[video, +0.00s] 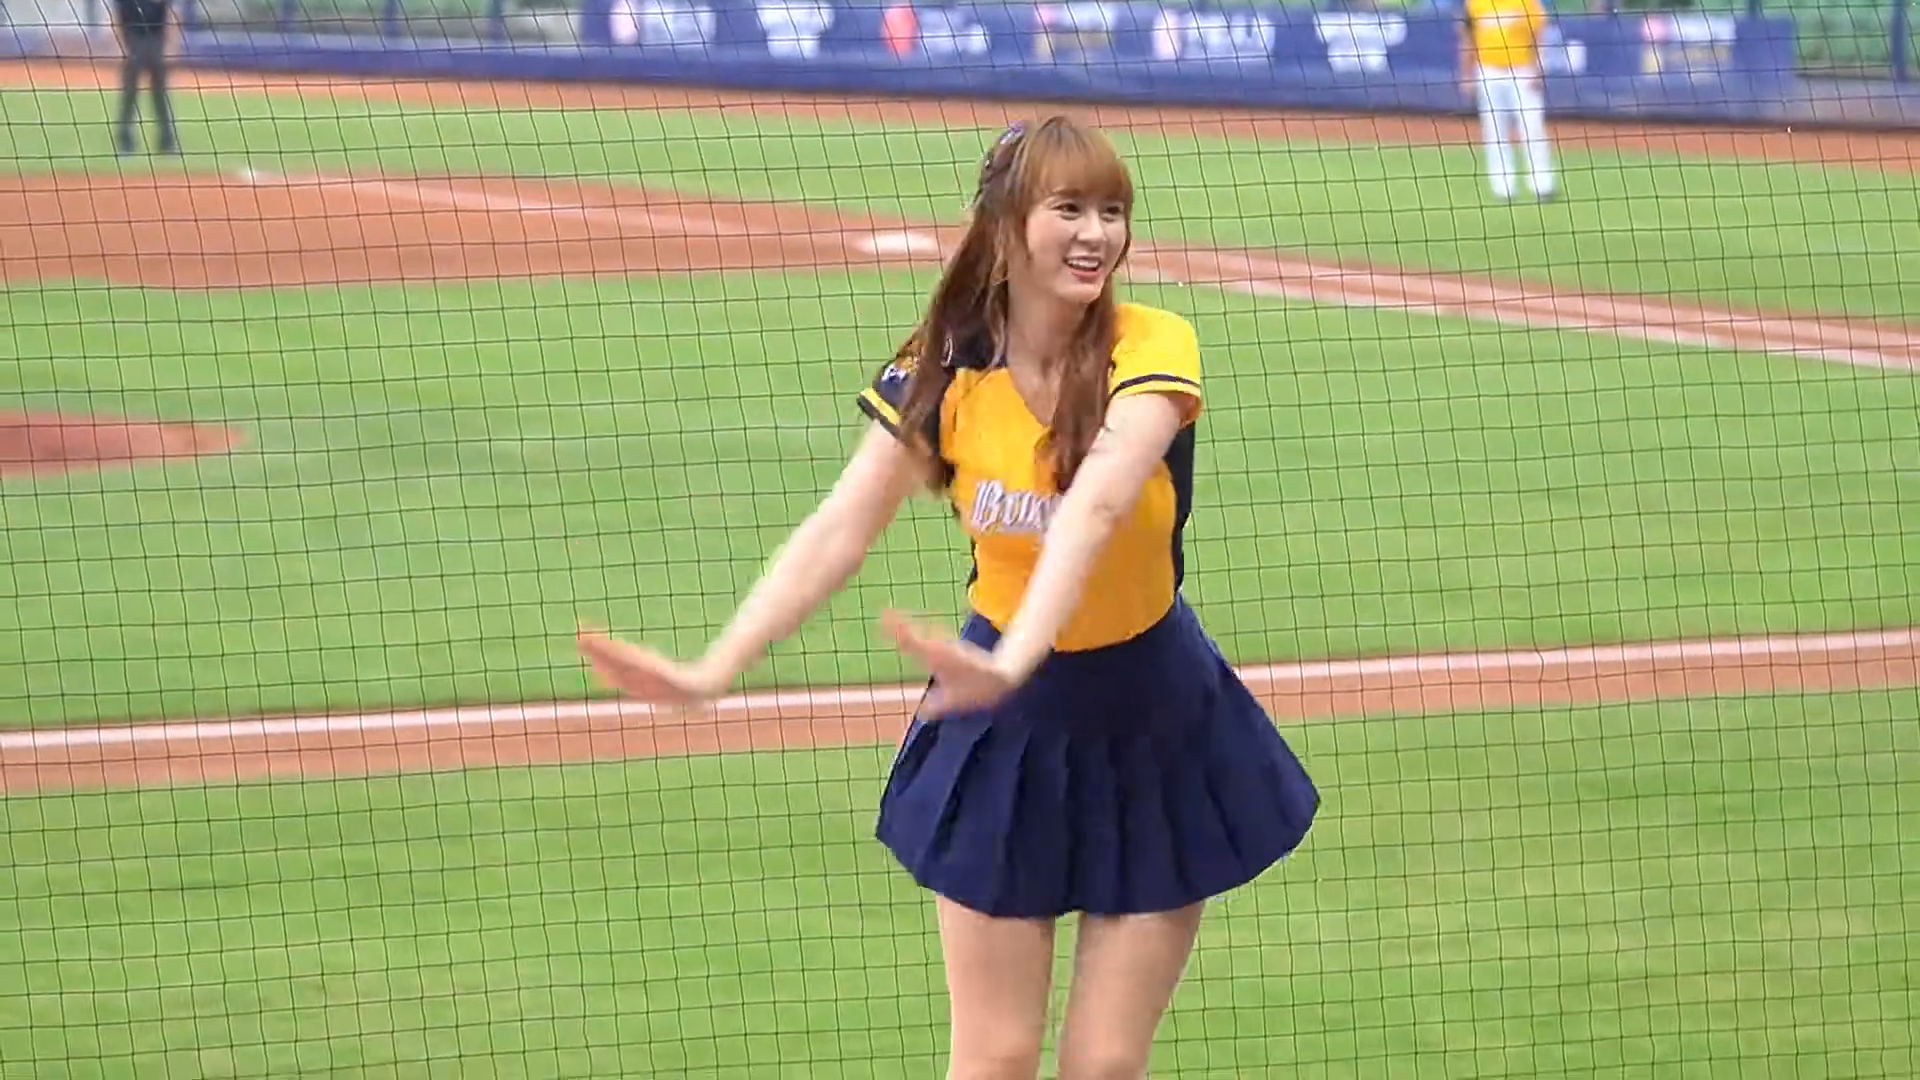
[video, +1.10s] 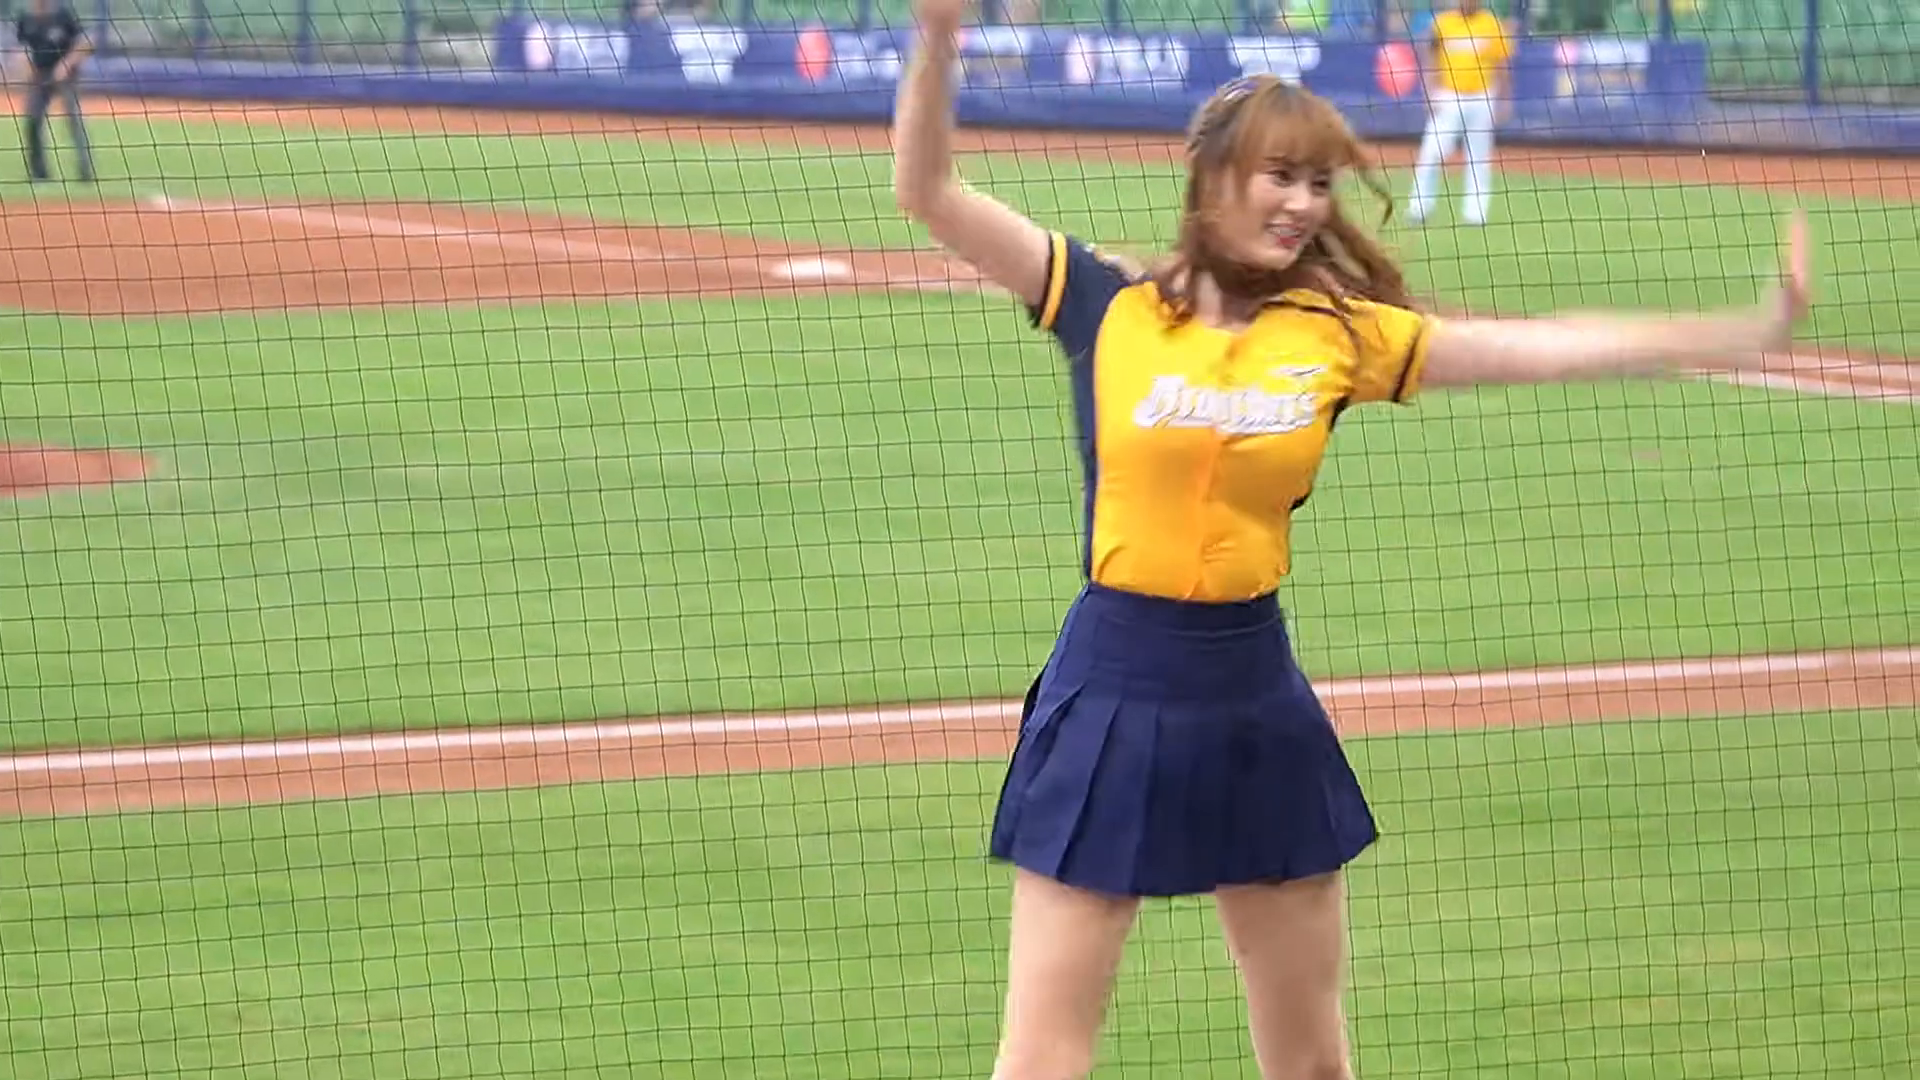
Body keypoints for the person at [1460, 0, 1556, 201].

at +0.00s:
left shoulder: (1527, 4)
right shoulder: (1472, 6)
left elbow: (1540, 31)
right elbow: (1466, 39)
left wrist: (1538, 67)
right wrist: (1467, 74)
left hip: (1523, 69)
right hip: (1488, 71)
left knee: (1533, 126)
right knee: (1494, 130)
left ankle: (1542, 182)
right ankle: (1503, 183)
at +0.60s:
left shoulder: (1520, 5)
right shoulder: (1467, 5)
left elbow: (1528, 39)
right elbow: (1452, 30)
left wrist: (1526, 71)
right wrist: (1455, 71)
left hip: (1510, 71)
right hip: (1476, 71)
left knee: (1518, 130)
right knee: (1474, 131)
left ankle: (1528, 185)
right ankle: (1473, 186)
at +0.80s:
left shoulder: (1499, 5)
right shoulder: (1448, 6)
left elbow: (1510, 38)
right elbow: (1442, 36)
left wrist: (1507, 74)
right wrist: (1439, 70)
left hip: (1491, 75)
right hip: (1457, 73)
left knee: (1493, 135)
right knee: (1447, 135)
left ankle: (1497, 190)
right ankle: (1441, 189)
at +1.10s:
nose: (1467, 4)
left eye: (1471, 1)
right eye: (1463, 1)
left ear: (1478, 2)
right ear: (1457, 2)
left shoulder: (1491, 24)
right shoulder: (1442, 23)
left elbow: (1503, 67)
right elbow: (1429, 59)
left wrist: (1504, 101)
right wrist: (1431, 93)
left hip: (1481, 99)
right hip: (1447, 98)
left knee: (1479, 155)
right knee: (1431, 151)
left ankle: (1476, 210)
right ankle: (1419, 205)